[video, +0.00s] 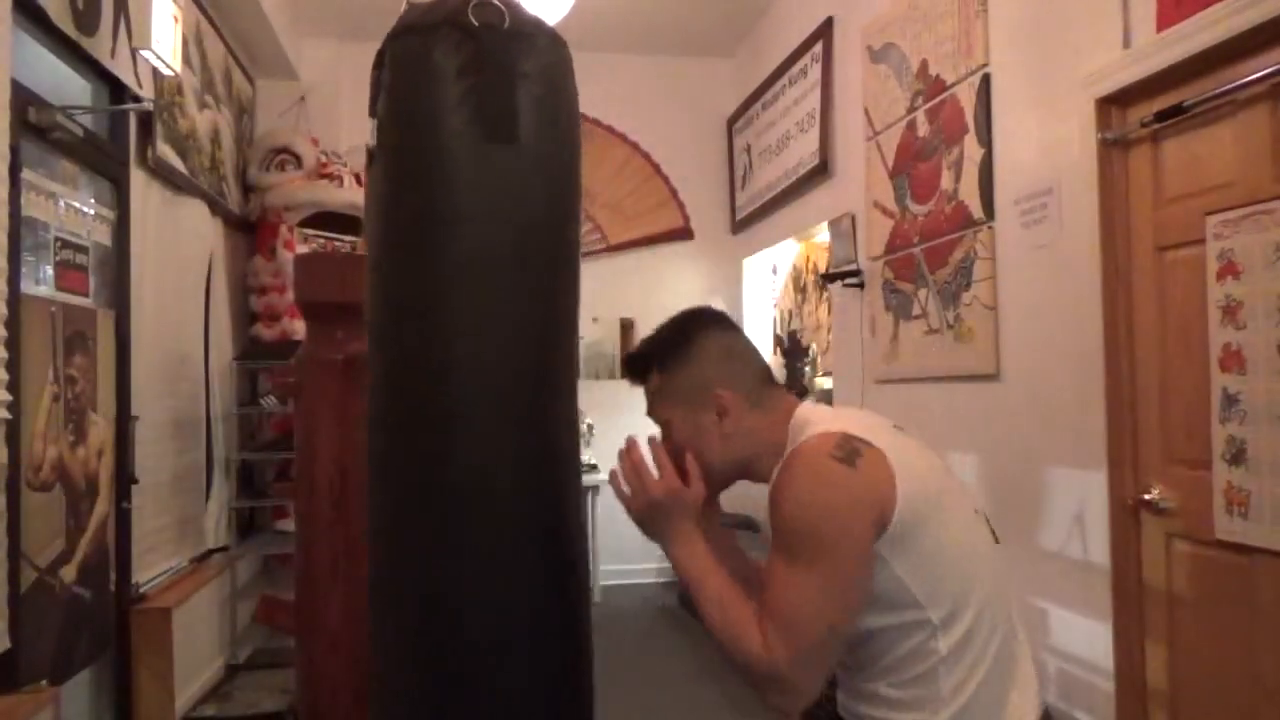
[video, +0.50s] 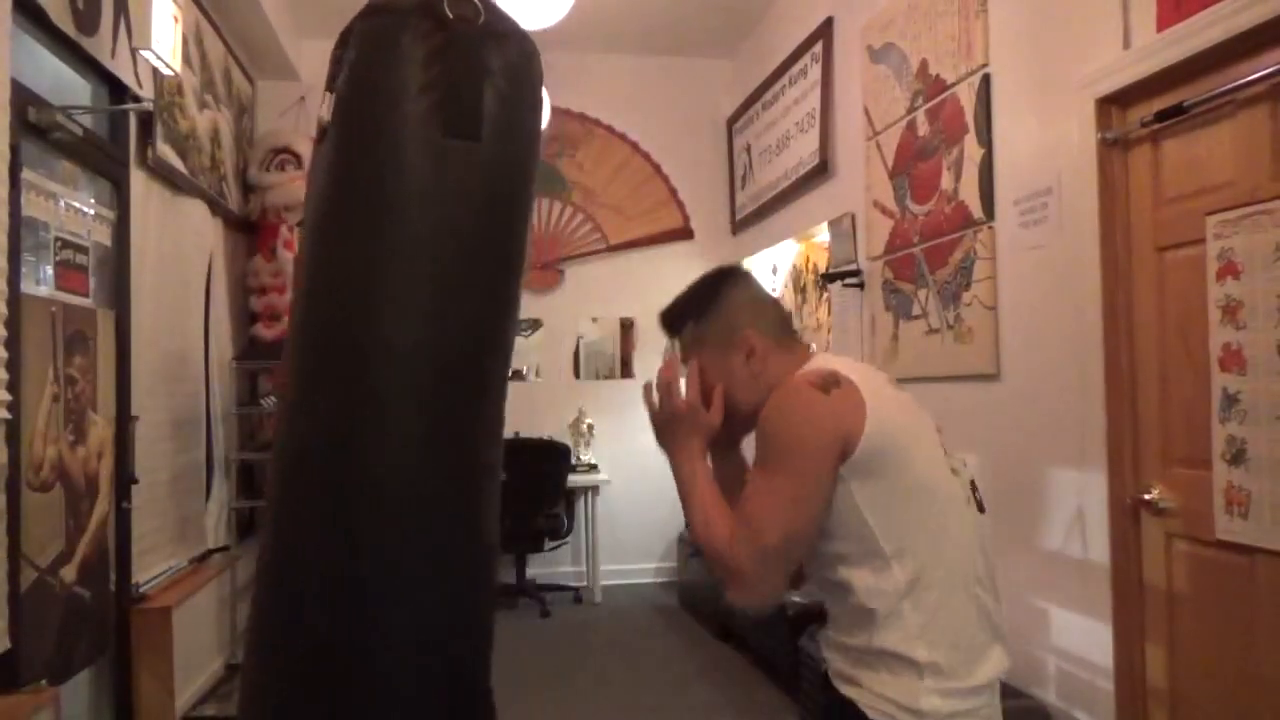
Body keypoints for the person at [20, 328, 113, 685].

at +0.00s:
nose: (70, 390)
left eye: (76, 381)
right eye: (65, 382)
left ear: (92, 383)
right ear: (60, 387)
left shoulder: (105, 431)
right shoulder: (62, 436)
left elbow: (105, 502)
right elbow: (37, 480)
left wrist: (76, 563)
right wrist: (45, 400)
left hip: (105, 545)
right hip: (76, 545)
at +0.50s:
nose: (69, 391)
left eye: (75, 381)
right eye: (64, 383)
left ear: (91, 385)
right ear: (60, 389)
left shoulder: (105, 431)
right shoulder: (62, 437)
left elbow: (105, 501)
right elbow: (38, 481)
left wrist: (76, 562)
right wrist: (46, 401)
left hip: (104, 551)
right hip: (74, 550)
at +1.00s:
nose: (69, 391)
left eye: (75, 382)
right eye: (64, 383)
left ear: (90, 384)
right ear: (60, 389)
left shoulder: (105, 432)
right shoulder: (62, 437)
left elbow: (104, 502)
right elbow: (39, 481)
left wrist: (76, 562)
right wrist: (46, 401)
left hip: (105, 548)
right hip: (75, 547)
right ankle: (56, 684)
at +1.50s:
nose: (70, 391)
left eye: (76, 381)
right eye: (64, 383)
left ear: (91, 385)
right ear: (60, 389)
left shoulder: (104, 431)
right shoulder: (63, 438)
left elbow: (105, 501)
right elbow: (38, 480)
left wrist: (76, 563)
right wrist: (47, 400)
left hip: (106, 548)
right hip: (76, 549)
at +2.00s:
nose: (69, 391)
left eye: (75, 382)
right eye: (63, 383)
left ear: (91, 385)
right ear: (59, 389)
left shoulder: (104, 432)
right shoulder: (63, 435)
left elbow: (104, 501)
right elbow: (38, 479)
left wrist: (76, 562)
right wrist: (46, 400)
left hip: (104, 551)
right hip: (75, 550)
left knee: (102, 631)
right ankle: (58, 689)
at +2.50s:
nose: (70, 391)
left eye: (76, 382)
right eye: (65, 383)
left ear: (90, 383)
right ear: (61, 389)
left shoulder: (104, 431)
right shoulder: (62, 439)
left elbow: (105, 501)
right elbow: (36, 479)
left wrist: (76, 562)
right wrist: (46, 401)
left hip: (103, 550)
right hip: (74, 551)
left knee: (101, 631)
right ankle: (58, 692)